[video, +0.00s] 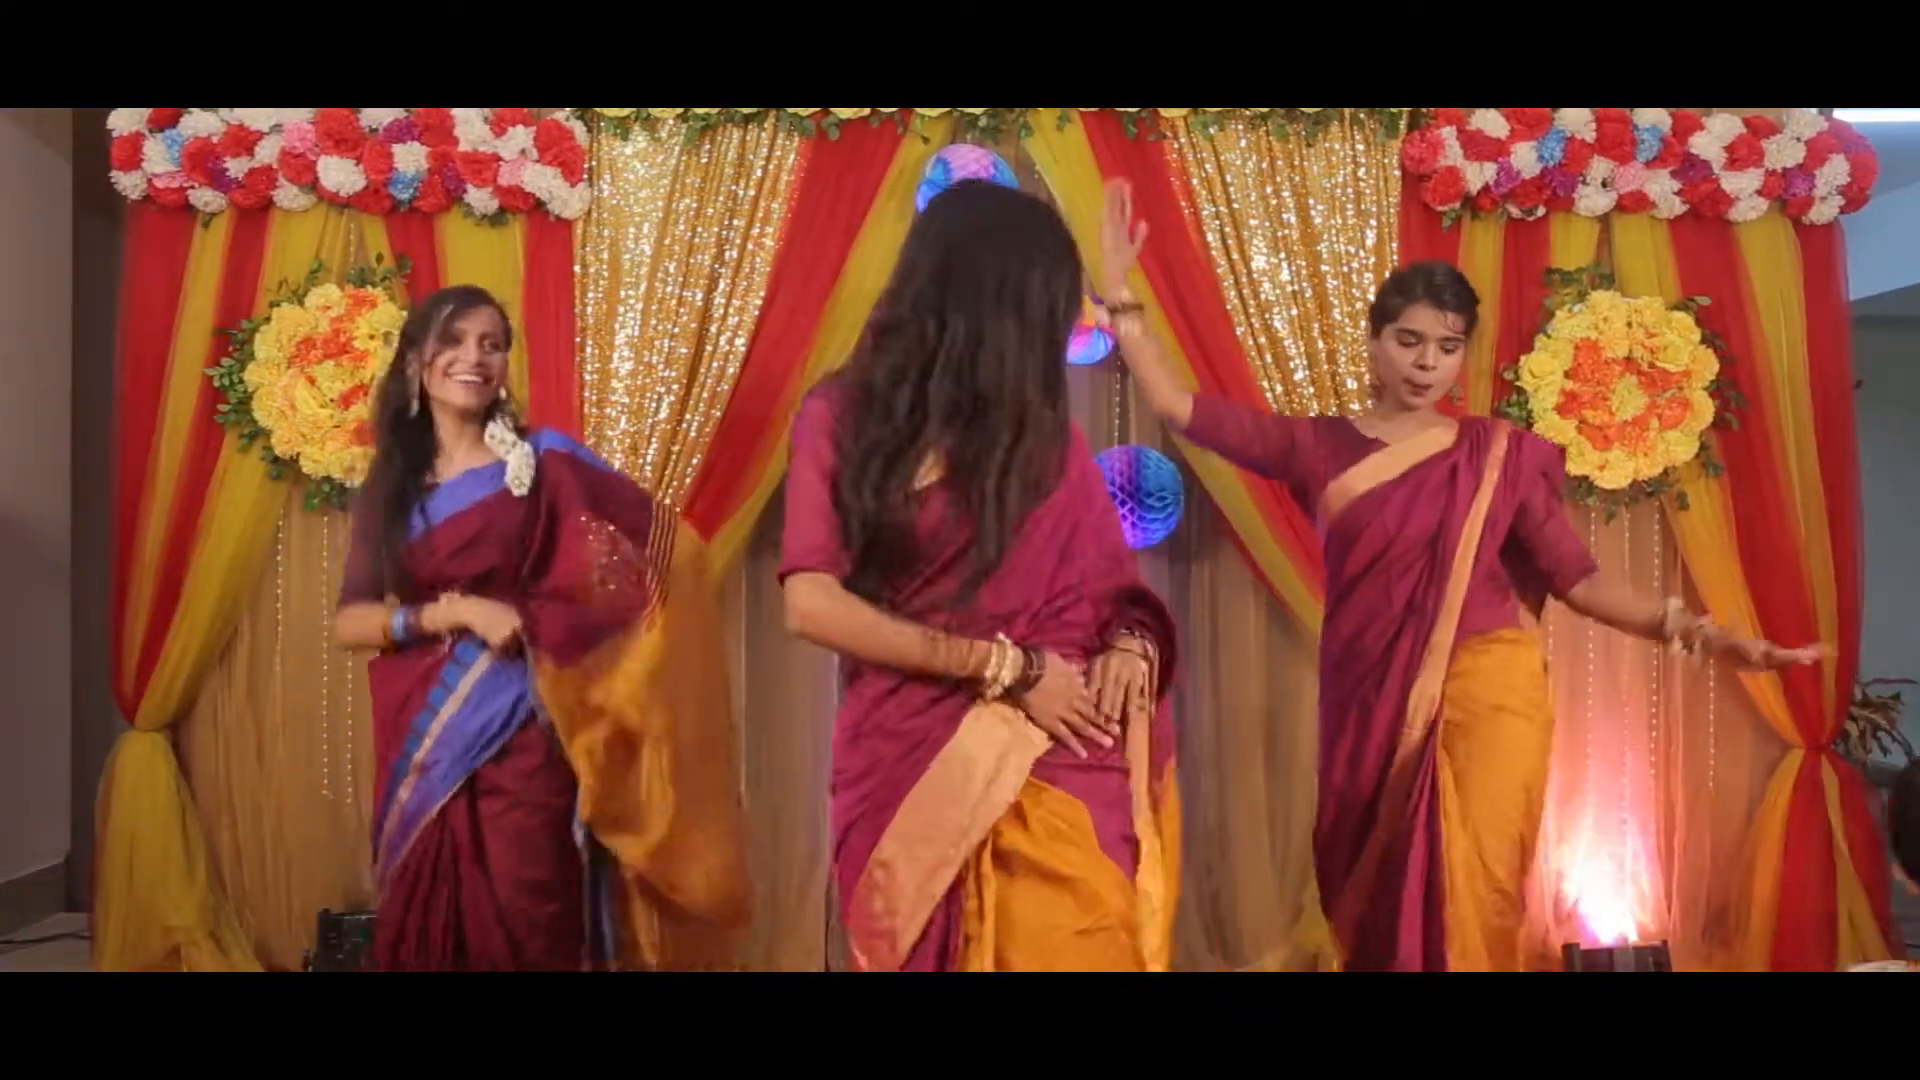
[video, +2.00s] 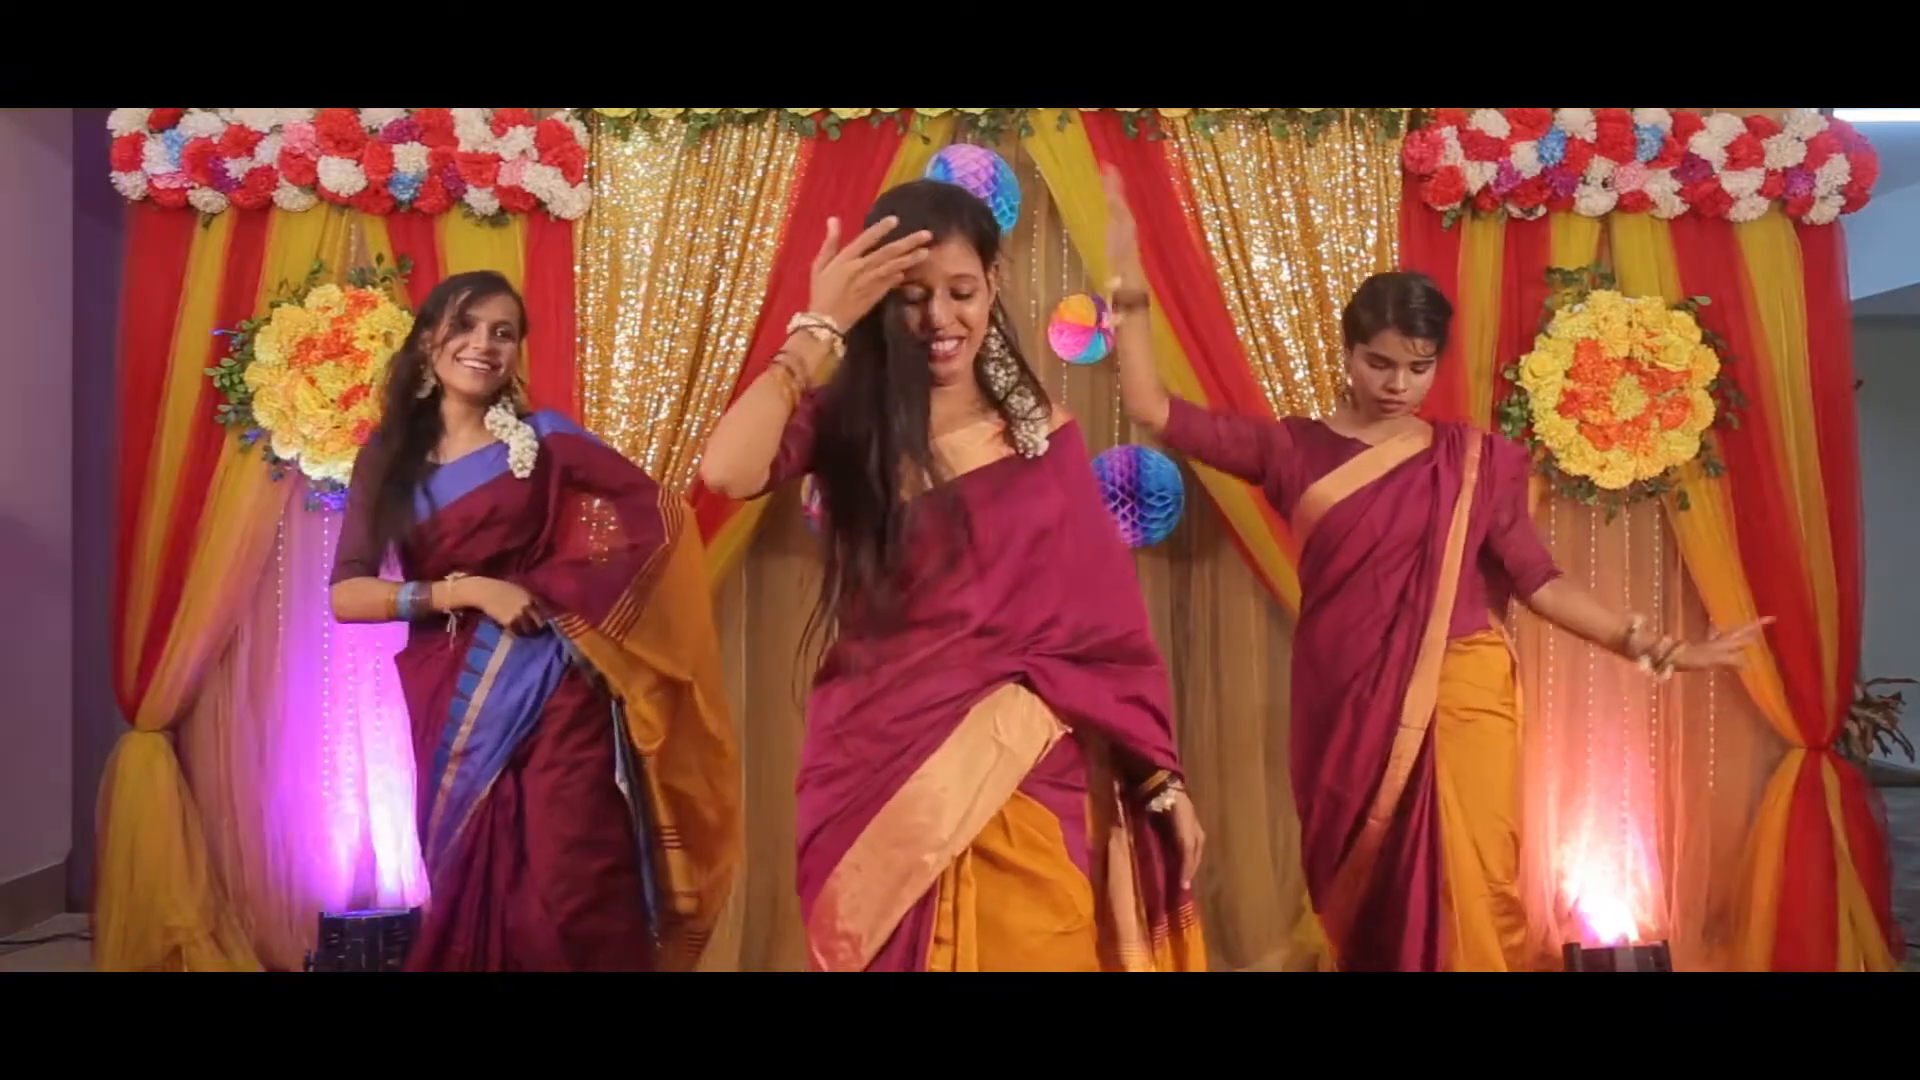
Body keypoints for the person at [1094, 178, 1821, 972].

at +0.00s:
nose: (1427, 361)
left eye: (1447, 346)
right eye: (1409, 339)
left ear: (1467, 356)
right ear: (1372, 342)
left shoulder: (1506, 455)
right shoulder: (1321, 445)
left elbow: (1578, 578)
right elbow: (1180, 411)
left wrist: (1689, 627)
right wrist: (1123, 302)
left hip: (1487, 694)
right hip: (1370, 711)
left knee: (1467, 908)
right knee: (1366, 917)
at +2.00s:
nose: (1398, 385)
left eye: (1417, 367)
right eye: (1380, 363)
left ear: (1439, 364)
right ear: (1345, 354)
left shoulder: (1476, 459)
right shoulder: (1292, 447)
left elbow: (1541, 583)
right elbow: (1153, 411)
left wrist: (1641, 642)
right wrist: (1127, 316)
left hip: (1466, 691)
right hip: (1350, 702)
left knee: (1471, 895)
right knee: (1362, 902)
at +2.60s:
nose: (1406, 385)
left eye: (1424, 367)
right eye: (1387, 364)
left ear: (1443, 366)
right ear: (1350, 363)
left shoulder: (1475, 457)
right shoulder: (1304, 466)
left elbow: (1566, 546)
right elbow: (1171, 499)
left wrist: (1555, 637)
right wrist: (1221, 392)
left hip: (1469, 698)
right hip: (1350, 706)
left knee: (1469, 896)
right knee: (1352, 905)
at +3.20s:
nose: (1411, 356)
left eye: (1430, 340)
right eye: (1392, 336)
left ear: (1451, 346)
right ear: (1360, 337)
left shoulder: (1493, 440)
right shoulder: (1321, 447)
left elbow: (1564, 542)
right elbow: (1243, 541)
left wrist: (1561, 630)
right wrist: (1280, 426)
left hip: (1480, 693)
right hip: (1363, 702)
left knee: (1488, 901)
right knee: (1366, 910)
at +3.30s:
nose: (1411, 352)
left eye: (1430, 335)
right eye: (1392, 332)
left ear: (1451, 343)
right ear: (1361, 336)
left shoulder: (1492, 440)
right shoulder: (1315, 444)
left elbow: (1564, 550)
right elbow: (1257, 580)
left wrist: (1569, 639)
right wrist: (1284, 520)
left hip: (1483, 691)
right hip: (1364, 700)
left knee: (1492, 904)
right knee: (1370, 907)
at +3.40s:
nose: (1412, 357)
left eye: (1431, 341)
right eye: (1394, 338)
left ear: (1451, 350)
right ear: (1360, 344)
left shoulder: (1497, 447)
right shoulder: (1312, 465)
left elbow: (1545, 580)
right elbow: (1289, 615)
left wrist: (1578, 678)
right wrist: (1331, 614)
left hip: (1480, 705)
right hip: (1365, 717)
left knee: (1488, 913)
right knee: (1370, 919)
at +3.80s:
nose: (1417, 342)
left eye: (1436, 327)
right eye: (1398, 323)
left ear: (1452, 342)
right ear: (1361, 333)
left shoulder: (1485, 449)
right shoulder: (1317, 445)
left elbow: (1515, 597)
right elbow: (1307, 575)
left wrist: (1589, 706)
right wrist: (1341, 518)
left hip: (1491, 694)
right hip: (1379, 702)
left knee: (1513, 900)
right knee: (1390, 904)